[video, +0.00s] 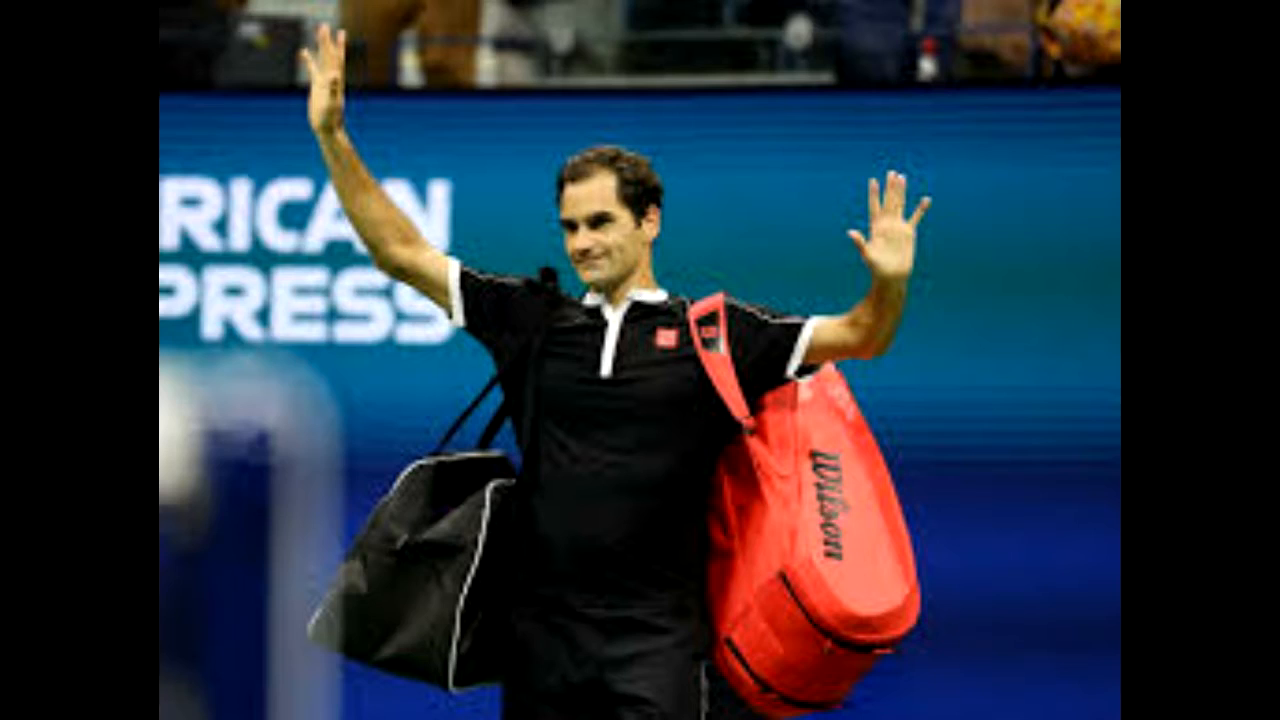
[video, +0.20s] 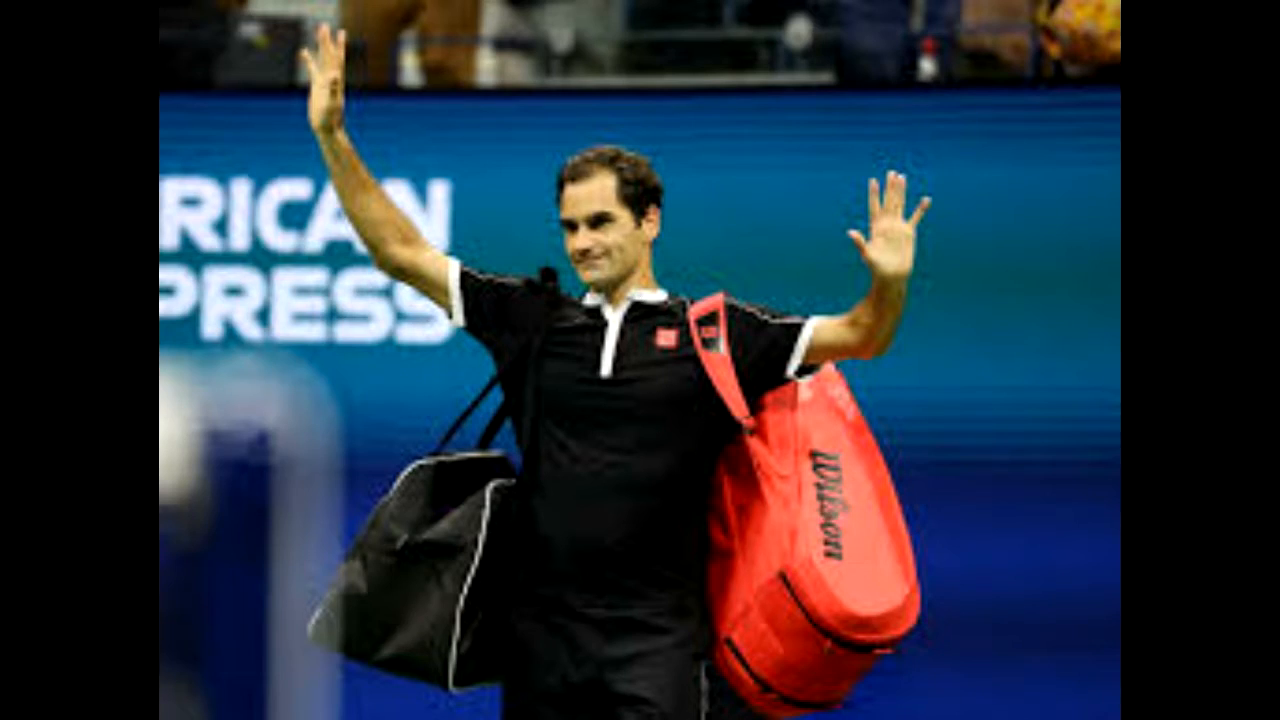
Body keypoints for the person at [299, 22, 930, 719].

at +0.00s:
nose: (581, 242)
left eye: (599, 224)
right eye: (570, 228)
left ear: (647, 225)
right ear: (560, 235)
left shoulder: (715, 329)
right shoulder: (528, 317)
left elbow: (861, 336)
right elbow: (398, 250)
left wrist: (890, 285)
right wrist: (328, 133)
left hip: (658, 627)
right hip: (544, 625)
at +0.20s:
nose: (581, 242)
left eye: (599, 224)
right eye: (570, 228)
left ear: (647, 225)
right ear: (560, 235)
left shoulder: (715, 329)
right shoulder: (528, 317)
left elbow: (861, 336)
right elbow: (398, 250)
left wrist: (890, 284)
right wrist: (328, 133)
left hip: (658, 627)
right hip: (544, 625)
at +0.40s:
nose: (581, 242)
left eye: (599, 224)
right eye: (570, 228)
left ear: (647, 225)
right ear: (560, 235)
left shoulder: (715, 329)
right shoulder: (528, 317)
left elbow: (861, 336)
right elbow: (398, 250)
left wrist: (890, 284)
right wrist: (329, 134)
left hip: (657, 626)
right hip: (544, 624)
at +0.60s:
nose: (581, 241)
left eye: (599, 224)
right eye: (570, 227)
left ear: (648, 224)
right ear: (560, 234)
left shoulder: (717, 329)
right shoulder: (529, 317)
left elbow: (859, 337)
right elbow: (397, 250)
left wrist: (889, 286)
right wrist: (329, 135)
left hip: (656, 629)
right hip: (539, 625)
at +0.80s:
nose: (582, 242)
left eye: (599, 223)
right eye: (571, 227)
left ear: (648, 225)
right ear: (562, 237)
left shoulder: (714, 331)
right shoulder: (531, 316)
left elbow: (861, 337)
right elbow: (402, 252)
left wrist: (890, 283)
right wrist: (329, 136)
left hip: (611, 596)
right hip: (501, 581)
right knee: (414, 641)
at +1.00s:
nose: (600, 253)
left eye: (615, 233)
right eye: (589, 238)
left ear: (659, 229)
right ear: (581, 243)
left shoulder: (713, 327)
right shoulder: (556, 324)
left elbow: (853, 332)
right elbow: (464, 287)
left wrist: (886, 285)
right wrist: (396, 171)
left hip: (523, 523)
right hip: (462, 487)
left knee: (352, 553)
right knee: (321, 553)